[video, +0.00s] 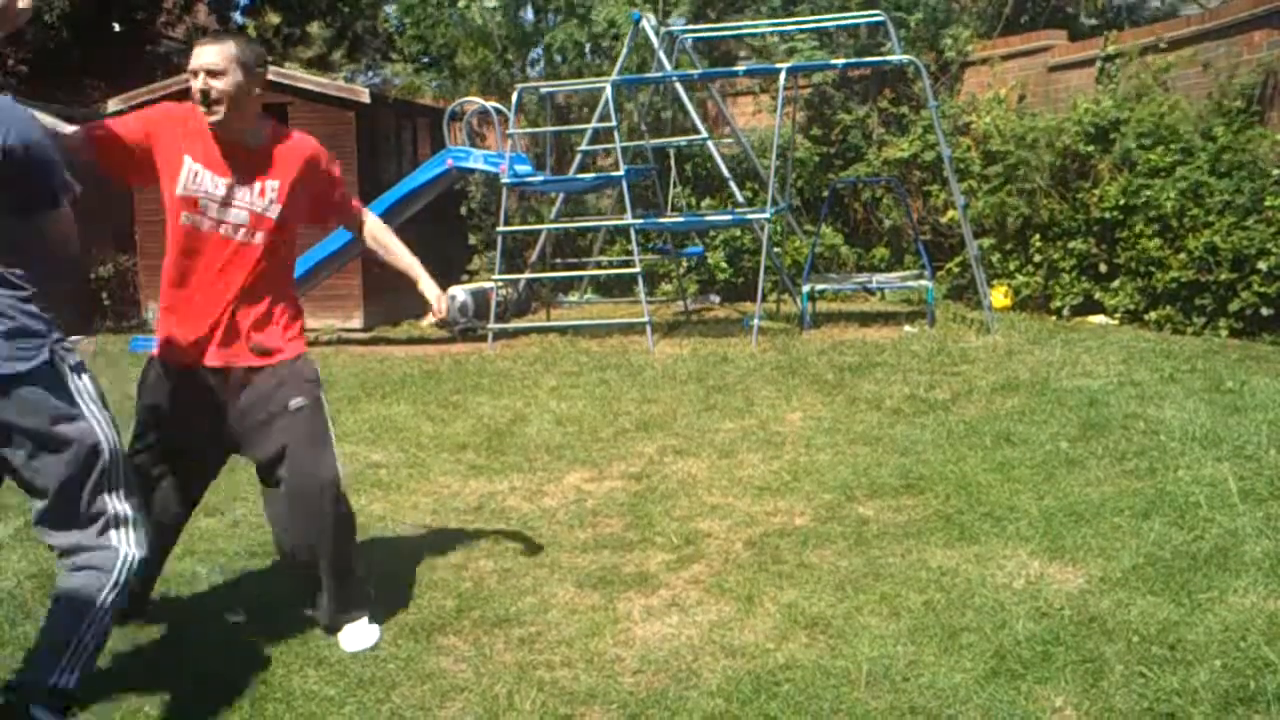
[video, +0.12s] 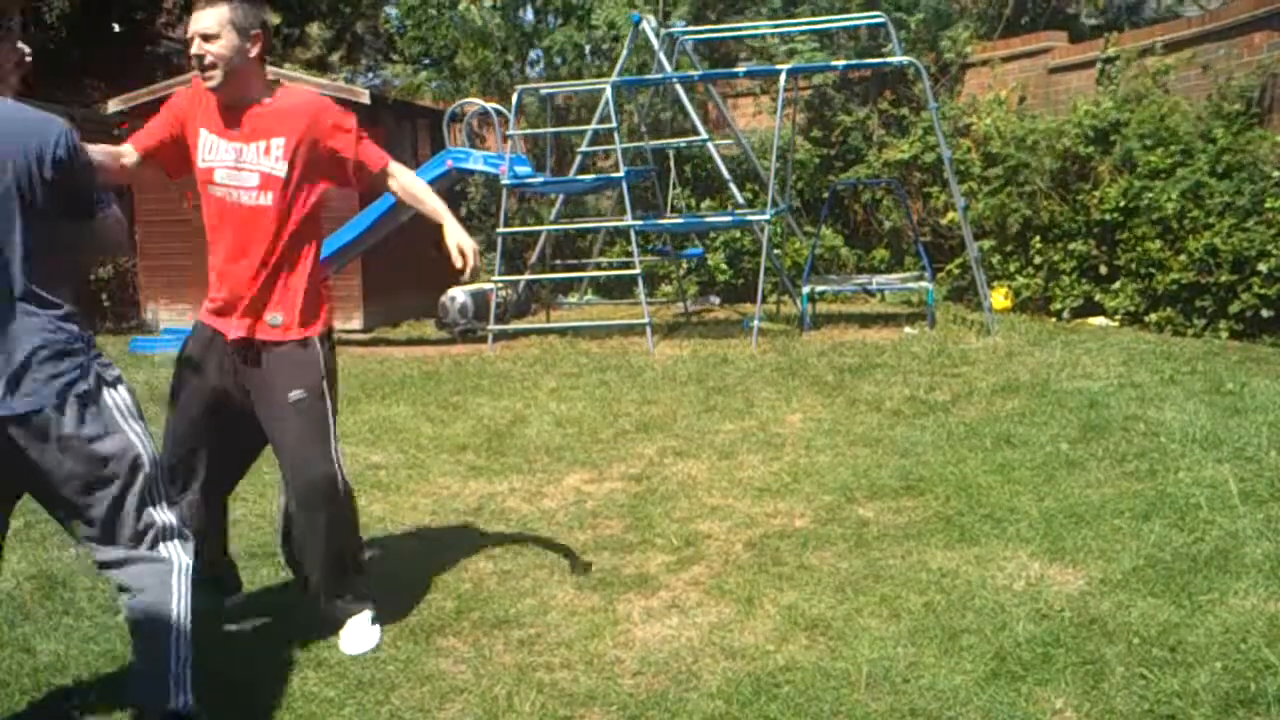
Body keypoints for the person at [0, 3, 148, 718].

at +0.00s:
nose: (24, 38)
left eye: (20, 31)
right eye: (18, 31)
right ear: (9, 43)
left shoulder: (23, 130)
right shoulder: (19, 129)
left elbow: (64, 254)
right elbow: (65, 257)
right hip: (11, 341)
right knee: (108, 531)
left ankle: (40, 696)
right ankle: (40, 699)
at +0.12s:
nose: (24, 50)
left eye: (21, 36)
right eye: (16, 37)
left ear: (1, 57)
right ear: (2, 55)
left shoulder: (36, 133)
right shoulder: (36, 133)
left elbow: (107, 235)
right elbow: (110, 237)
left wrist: (84, 173)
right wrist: (97, 178)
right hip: (37, 367)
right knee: (148, 537)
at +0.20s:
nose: (57, 40)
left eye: (50, 27)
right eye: (53, 28)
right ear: (40, 36)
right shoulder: (92, 126)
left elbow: (186, 185)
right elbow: (188, 188)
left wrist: (151, 88)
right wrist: (157, 79)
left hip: (6, 404)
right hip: (103, 387)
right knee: (183, 574)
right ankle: (253, 710)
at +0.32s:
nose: (99, 36)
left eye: (92, 27)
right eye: (95, 25)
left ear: (10, 45)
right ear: (85, 28)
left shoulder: (2, 126)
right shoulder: (151, 110)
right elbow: (275, 114)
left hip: (32, 407)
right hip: (160, 387)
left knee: (3, 604)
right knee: (225, 587)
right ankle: (260, 711)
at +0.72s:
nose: (162, 19)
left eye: (159, 8)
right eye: (158, 8)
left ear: (74, 18)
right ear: (135, 10)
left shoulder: (25, 105)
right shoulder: (198, 85)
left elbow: (127, 98)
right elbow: (295, 153)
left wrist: (208, 48)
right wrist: (269, 103)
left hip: (102, 386)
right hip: (222, 369)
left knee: (108, 614)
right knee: (324, 553)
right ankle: (346, 705)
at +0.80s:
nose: (173, 27)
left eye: (175, 18)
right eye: (170, 16)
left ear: (78, 23)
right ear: (145, 14)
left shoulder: (32, 111)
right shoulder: (203, 95)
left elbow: (137, 104)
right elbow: (301, 163)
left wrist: (222, 48)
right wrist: (313, 131)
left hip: (112, 395)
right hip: (230, 380)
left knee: (106, 621)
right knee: (335, 571)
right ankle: (396, 710)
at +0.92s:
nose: (217, 40)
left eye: (219, 25)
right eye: (212, 24)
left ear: (116, 24)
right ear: (170, 15)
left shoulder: (61, 125)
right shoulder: (215, 107)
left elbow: (157, 145)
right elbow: (343, 188)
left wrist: (252, 94)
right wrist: (384, 217)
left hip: (137, 410)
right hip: (252, 393)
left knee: (139, 645)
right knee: (364, 584)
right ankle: (427, 710)